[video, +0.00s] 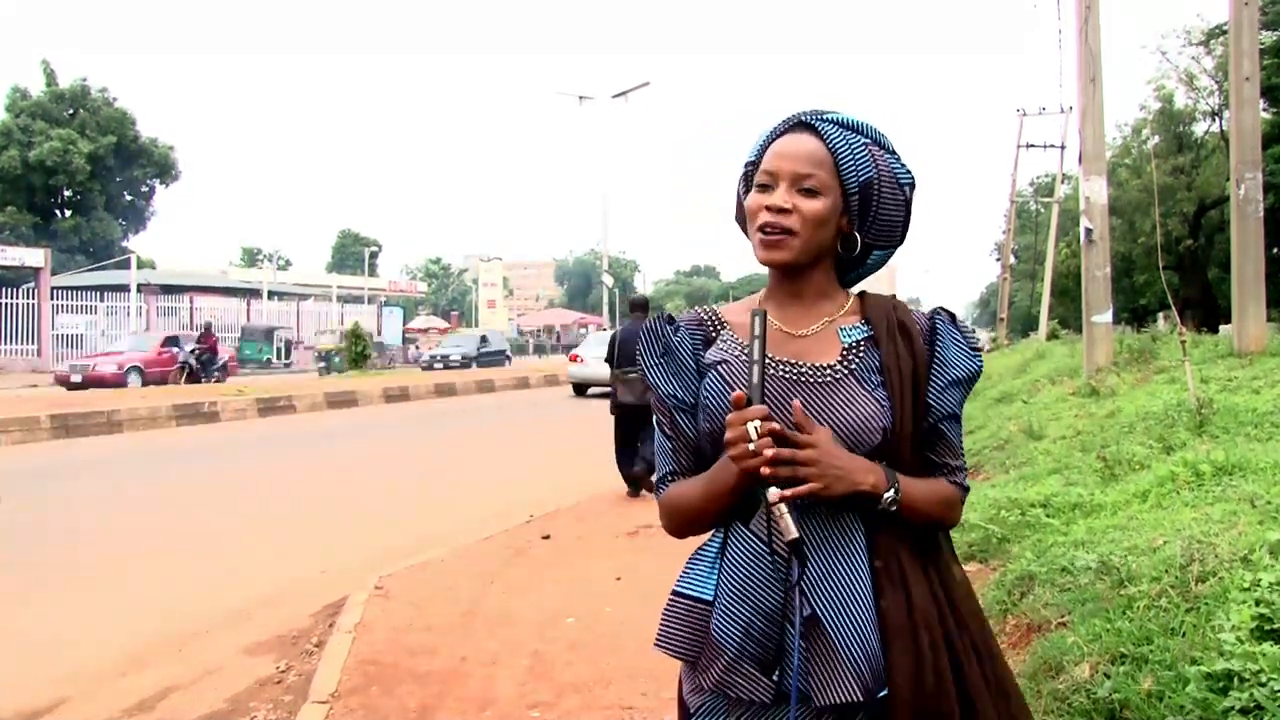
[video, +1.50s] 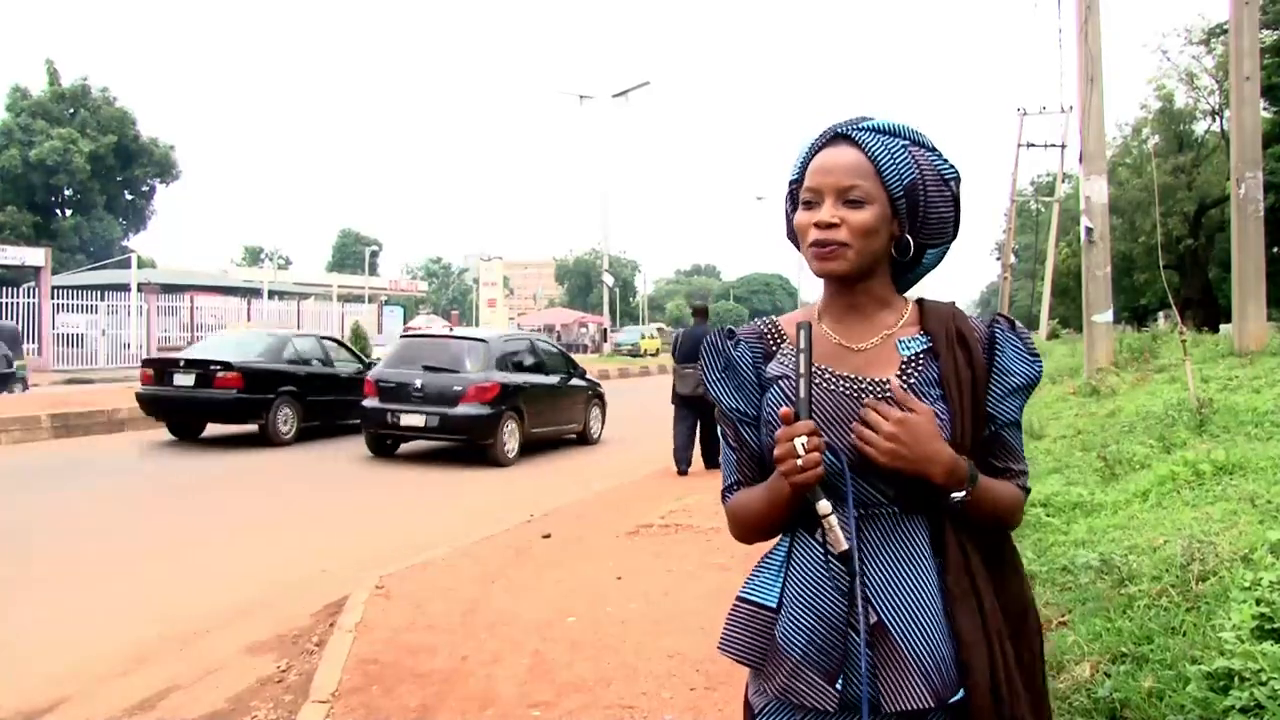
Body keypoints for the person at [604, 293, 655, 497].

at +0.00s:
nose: (638, 314)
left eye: (634, 310)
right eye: (642, 310)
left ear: (629, 311)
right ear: (647, 310)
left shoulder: (619, 334)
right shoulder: (654, 334)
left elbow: (612, 366)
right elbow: (661, 365)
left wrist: (614, 397)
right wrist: (661, 391)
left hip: (624, 401)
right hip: (649, 399)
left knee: (624, 443)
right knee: (649, 434)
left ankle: (633, 485)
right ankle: (643, 468)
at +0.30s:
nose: (655, 315)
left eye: (652, 311)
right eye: (659, 312)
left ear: (646, 313)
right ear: (663, 313)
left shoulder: (633, 334)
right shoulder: (668, 334)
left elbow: (625, 360)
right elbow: (674, 362)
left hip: (635, 392)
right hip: (661, 392)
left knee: (633, 438)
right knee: (663, 436)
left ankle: (633, 483)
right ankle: (666, 474)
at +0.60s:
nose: (669, 314)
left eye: (666, 311)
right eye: (672, 310)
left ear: (660, 311)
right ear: (677, 311)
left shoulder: (650, 332)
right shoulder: (685, 332)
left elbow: (641, 356)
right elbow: (692, 359)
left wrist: (647, 380)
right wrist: (693, 382)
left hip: (654, 388)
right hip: (679, 387)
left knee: (654, 427)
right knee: (675, 432)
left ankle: (649, 459)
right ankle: (668, 474)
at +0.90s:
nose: (678, 318)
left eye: (674, 315)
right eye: (681, 314)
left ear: (669, 316)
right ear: (685, 315)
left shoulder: (661, 336)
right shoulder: (694, 334)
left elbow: (654, 367)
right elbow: (703, 361)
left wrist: (652, 393)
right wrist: (706, 383)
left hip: (667, 385)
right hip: (690, 384)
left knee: (669, 427)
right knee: (682, 427)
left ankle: (681, 464)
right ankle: (670, 469)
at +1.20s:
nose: (690, 315)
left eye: (687, 312)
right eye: (692, 312)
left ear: (679, 312)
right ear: (694, 313)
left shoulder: (668, 332)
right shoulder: (701, 332)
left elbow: (662, 354)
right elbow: (708, 355)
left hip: (673, 383)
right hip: (697, 382)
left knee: (677, 422)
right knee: (703, 419)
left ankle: (682, 464)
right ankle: (693, 449)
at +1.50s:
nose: (699, 319)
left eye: (696, 316)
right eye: (702, 315)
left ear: (692, 316)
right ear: (707, 316)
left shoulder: (681, 335)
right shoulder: (714, 337)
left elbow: (675, 357)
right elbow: (719, 362)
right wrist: (717, 382)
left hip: (684, 386)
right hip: (707, 386)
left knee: (683, 424)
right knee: (709, 425)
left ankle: (682, 464)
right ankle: (712, 460)